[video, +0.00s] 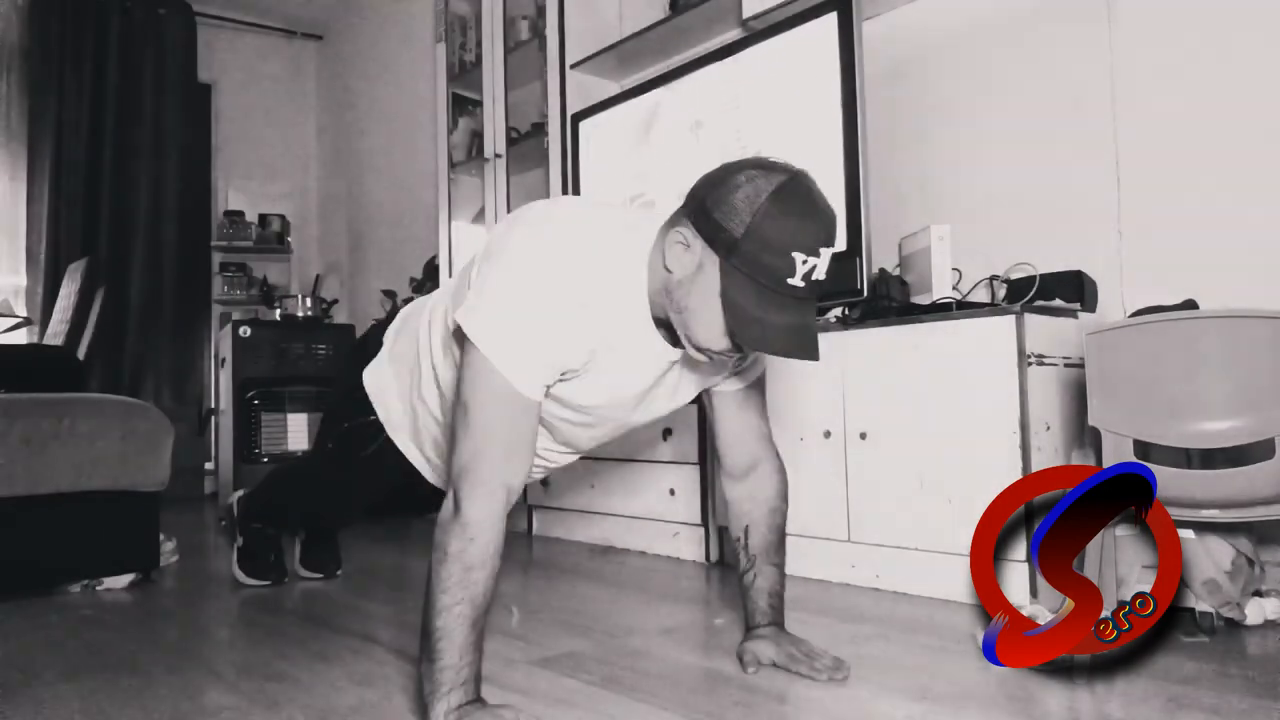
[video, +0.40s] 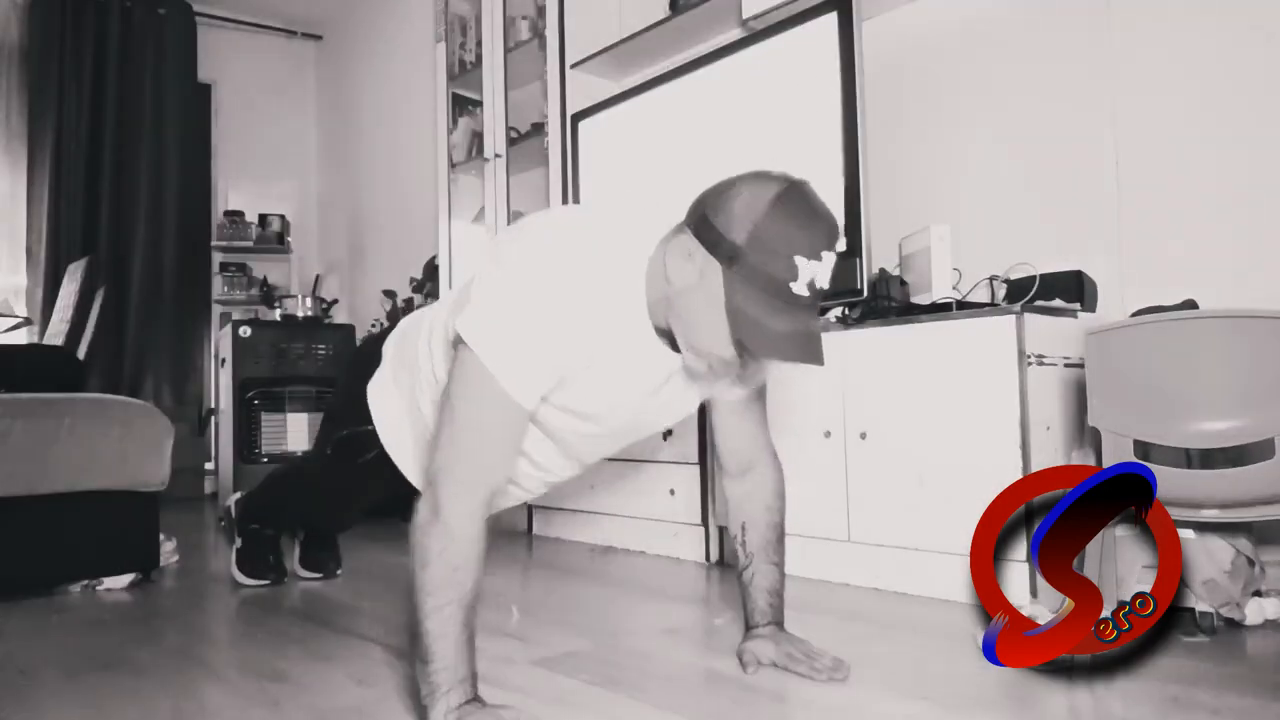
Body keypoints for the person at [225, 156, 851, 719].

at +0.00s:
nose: (749, 349)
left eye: (764, 332)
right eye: (743, 318)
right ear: (682, 254)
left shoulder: (725, 320)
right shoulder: (544, 266)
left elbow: (752, 471)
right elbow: (476, 502)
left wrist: (766, 628)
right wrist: (451, 701)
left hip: (497, 449)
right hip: (411, 407)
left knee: (381, 497)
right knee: (324, 482)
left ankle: (318, 521)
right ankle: (253, 516)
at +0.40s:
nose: (753, 353)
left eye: (765, 335)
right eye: (745, 324)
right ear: (686, 264)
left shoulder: (724, 329)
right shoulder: (546, 276)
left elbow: (749, 468)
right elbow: (449, 502)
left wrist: (766, 627)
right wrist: (449, 697)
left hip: (485, 451)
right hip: (402, 411)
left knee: (368, 492)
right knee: (319, 483)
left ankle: (314, 524)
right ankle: (251, 522)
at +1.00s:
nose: (832, 654)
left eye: (851, 635)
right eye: (832, 627)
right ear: (776, 555)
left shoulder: (811, 506)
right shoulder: (626, 505)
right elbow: (395, 533)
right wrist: (446, 702)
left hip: (546, 489)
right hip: (446, 514)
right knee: (324, 532)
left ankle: (286, 524)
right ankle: (263, 529)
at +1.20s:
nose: (798, 462)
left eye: (813, 446)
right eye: (794, 436)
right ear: (735, 374)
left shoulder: (755, 415)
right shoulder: (584, 382)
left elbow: (769, 497)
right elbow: (394, 528)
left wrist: (765, 628)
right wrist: (447, 702)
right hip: (413, 459)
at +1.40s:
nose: (754, 336)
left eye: (773, 320)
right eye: (748, 306)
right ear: (691, 243)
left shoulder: (732, 313)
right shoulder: (558, 264)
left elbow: (750, 467)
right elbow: (489, 503)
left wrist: (763, 625)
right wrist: (457, 696)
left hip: (481, 458)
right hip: (400, 412)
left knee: (374, 511)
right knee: (319, 494)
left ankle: (318, 535)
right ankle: (256, 520)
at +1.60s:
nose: (786, 456)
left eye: (801, 442)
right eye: (784, 432)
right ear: (727, 366)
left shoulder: (759, 389)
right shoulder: (572, 358)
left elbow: (767, 490)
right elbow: (406, 523)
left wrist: (765, 627)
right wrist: (446, 701)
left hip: (535, 471)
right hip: (412, 438)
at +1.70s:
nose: (823, 570)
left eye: (839, 548)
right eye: (820, 541)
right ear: (754, 492)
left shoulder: (794, 440)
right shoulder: (587, 453)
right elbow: (389, 531)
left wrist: (765, 628)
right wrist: (442, 700)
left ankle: (476, 570)